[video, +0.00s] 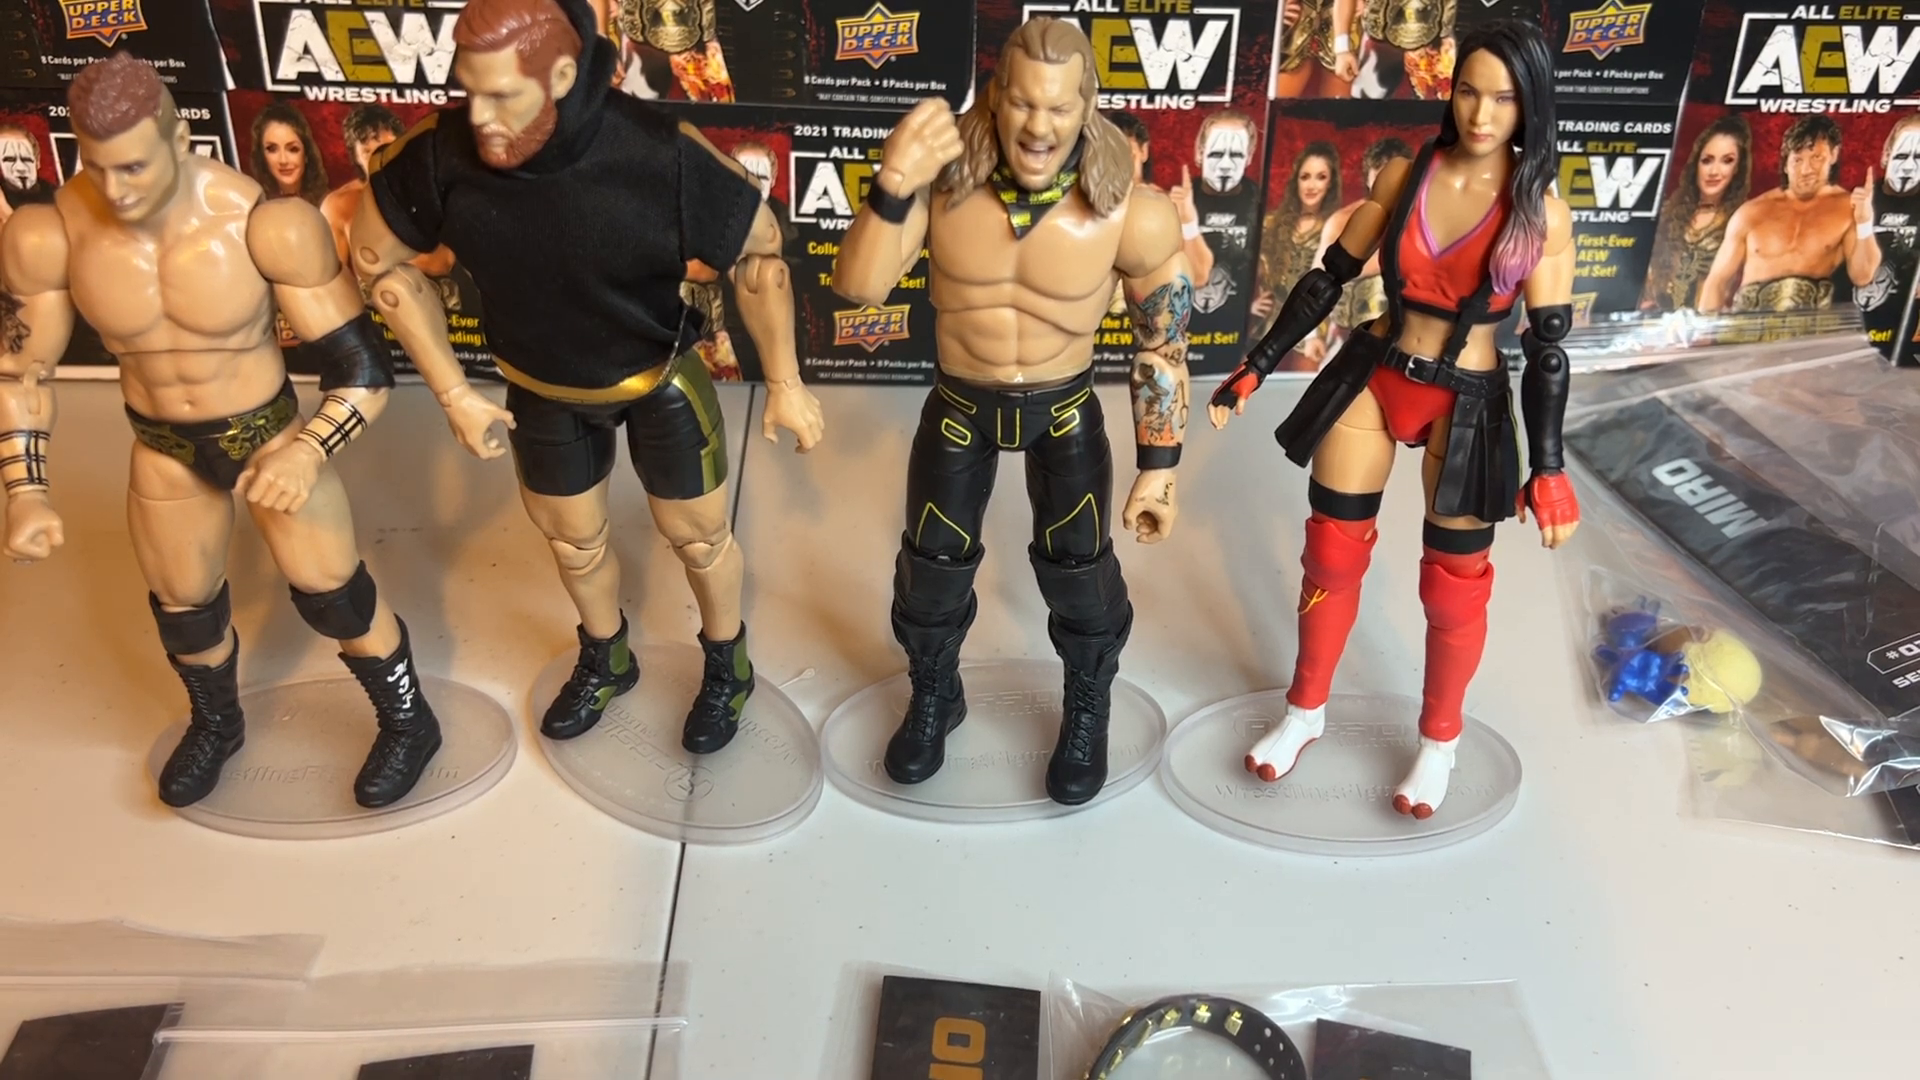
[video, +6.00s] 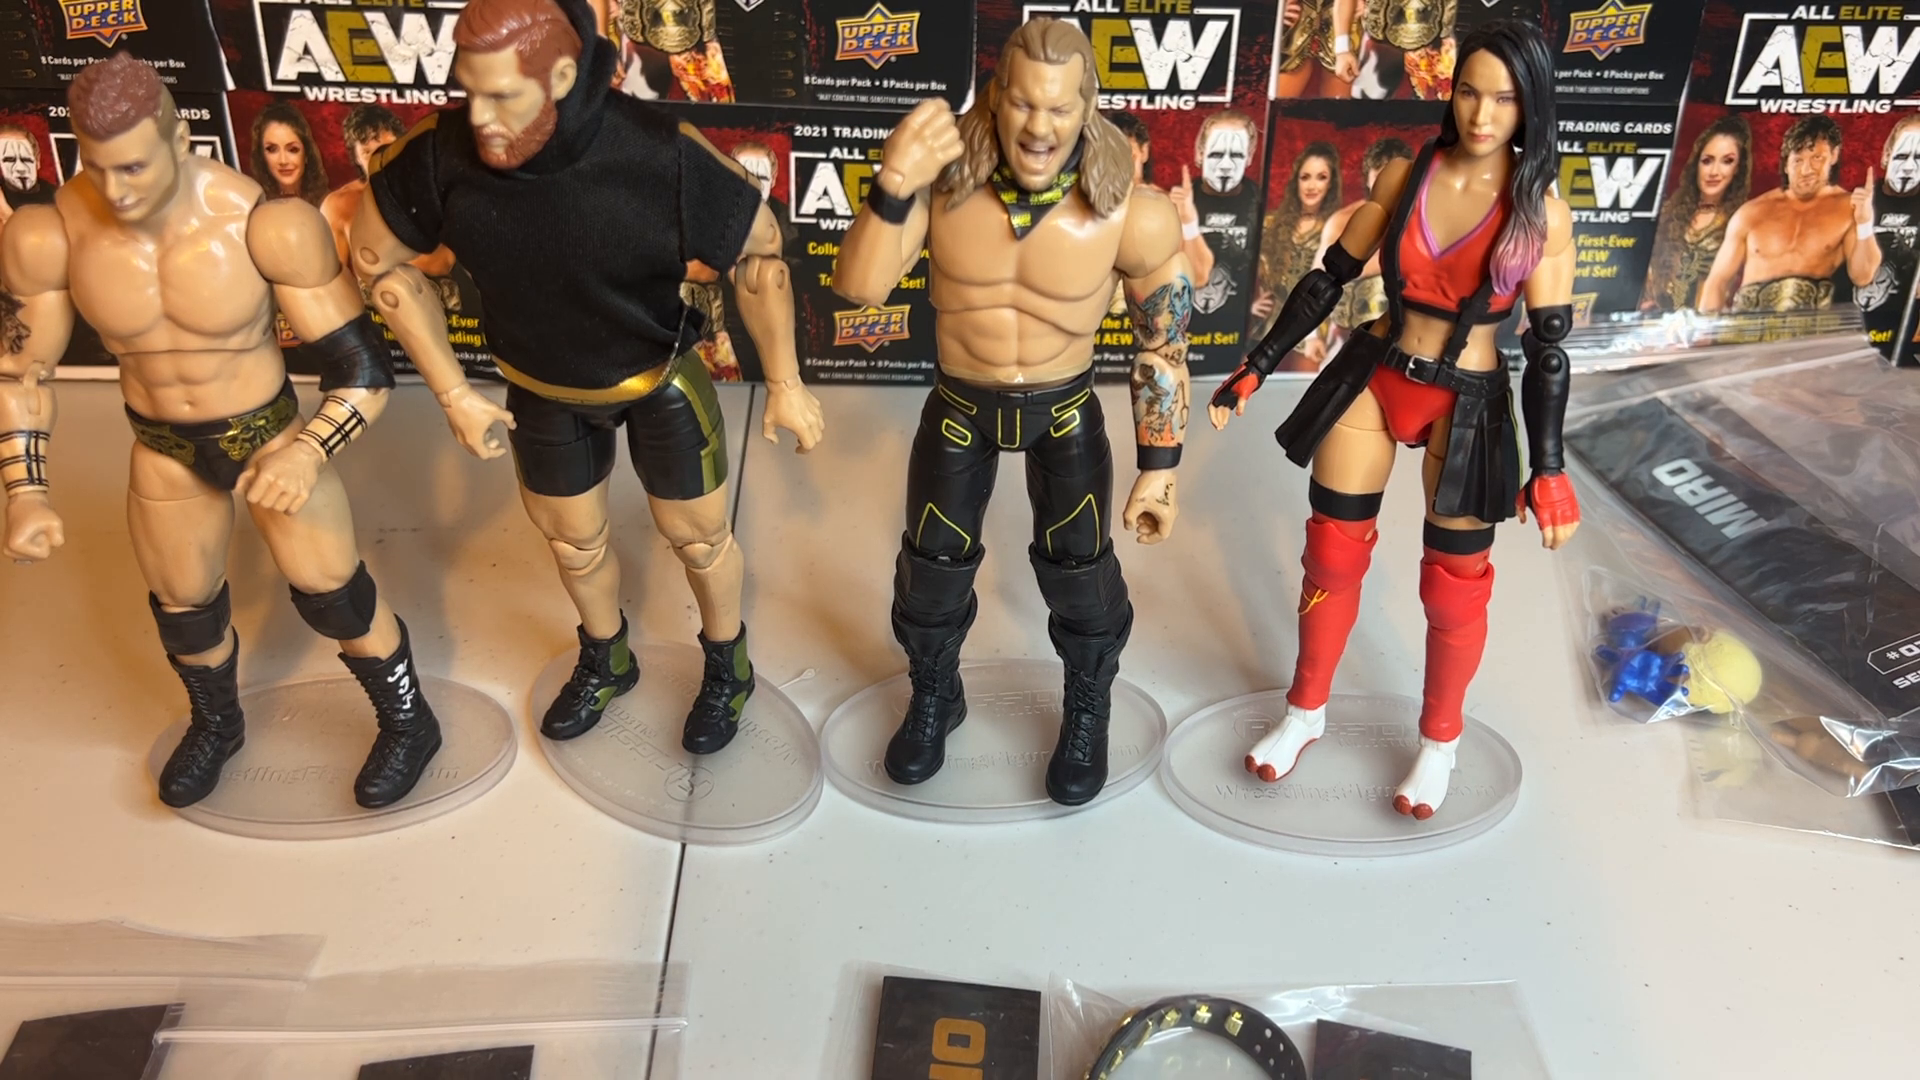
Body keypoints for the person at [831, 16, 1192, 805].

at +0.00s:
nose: (1039, 126)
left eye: (1059, 109)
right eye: (1024, 104)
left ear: (1086, 106)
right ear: (994, 95)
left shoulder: (1129, 207)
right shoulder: (943, 176)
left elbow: (1162, 337)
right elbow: (857, 286)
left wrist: (1161, 463)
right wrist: (892, 189)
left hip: (1064, 408)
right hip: (958, 403)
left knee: (1077, 568)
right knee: (932, 562)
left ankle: (1086, 712)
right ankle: (932, 699)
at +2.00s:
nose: (1040, 127)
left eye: (1060, 109)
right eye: (1024, 104)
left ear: (1086, 107)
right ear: (995, 95)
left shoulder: (1129, 207)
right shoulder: (943, 176)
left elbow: (1163, 337)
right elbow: (857, 287)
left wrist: (1161, 463)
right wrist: (892, 190)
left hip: (1064, 408)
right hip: (959, 403)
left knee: (1078, 568)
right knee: (932, 562)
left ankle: (1086, 714)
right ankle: (932, 699)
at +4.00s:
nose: (1039, 127)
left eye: (1060, 109)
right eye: (1024, 104)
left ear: (1086, 106)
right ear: (995, 95)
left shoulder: (1129, 207)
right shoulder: (943, 176)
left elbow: (1163, 338)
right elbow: (858, 288)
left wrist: (1161, 464)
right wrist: (892, 190)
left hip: (1064, 408)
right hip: (959, 403)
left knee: (1078, 568)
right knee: (932, 562)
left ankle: (1086, 713)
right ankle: (932, 699)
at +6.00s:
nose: (1040, 127)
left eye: (1060, 109)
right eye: (1024, 104)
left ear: (1086, 107)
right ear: (995, 95)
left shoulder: (1130, 208)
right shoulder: (944, 177)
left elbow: (1163, 338)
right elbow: (857, 287)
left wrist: (1161, 464)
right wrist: (892, 190)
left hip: (1064, 409)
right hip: (959, 404)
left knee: (1078, 568)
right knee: (932, 562)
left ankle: (1086, 713)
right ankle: (932, 699)